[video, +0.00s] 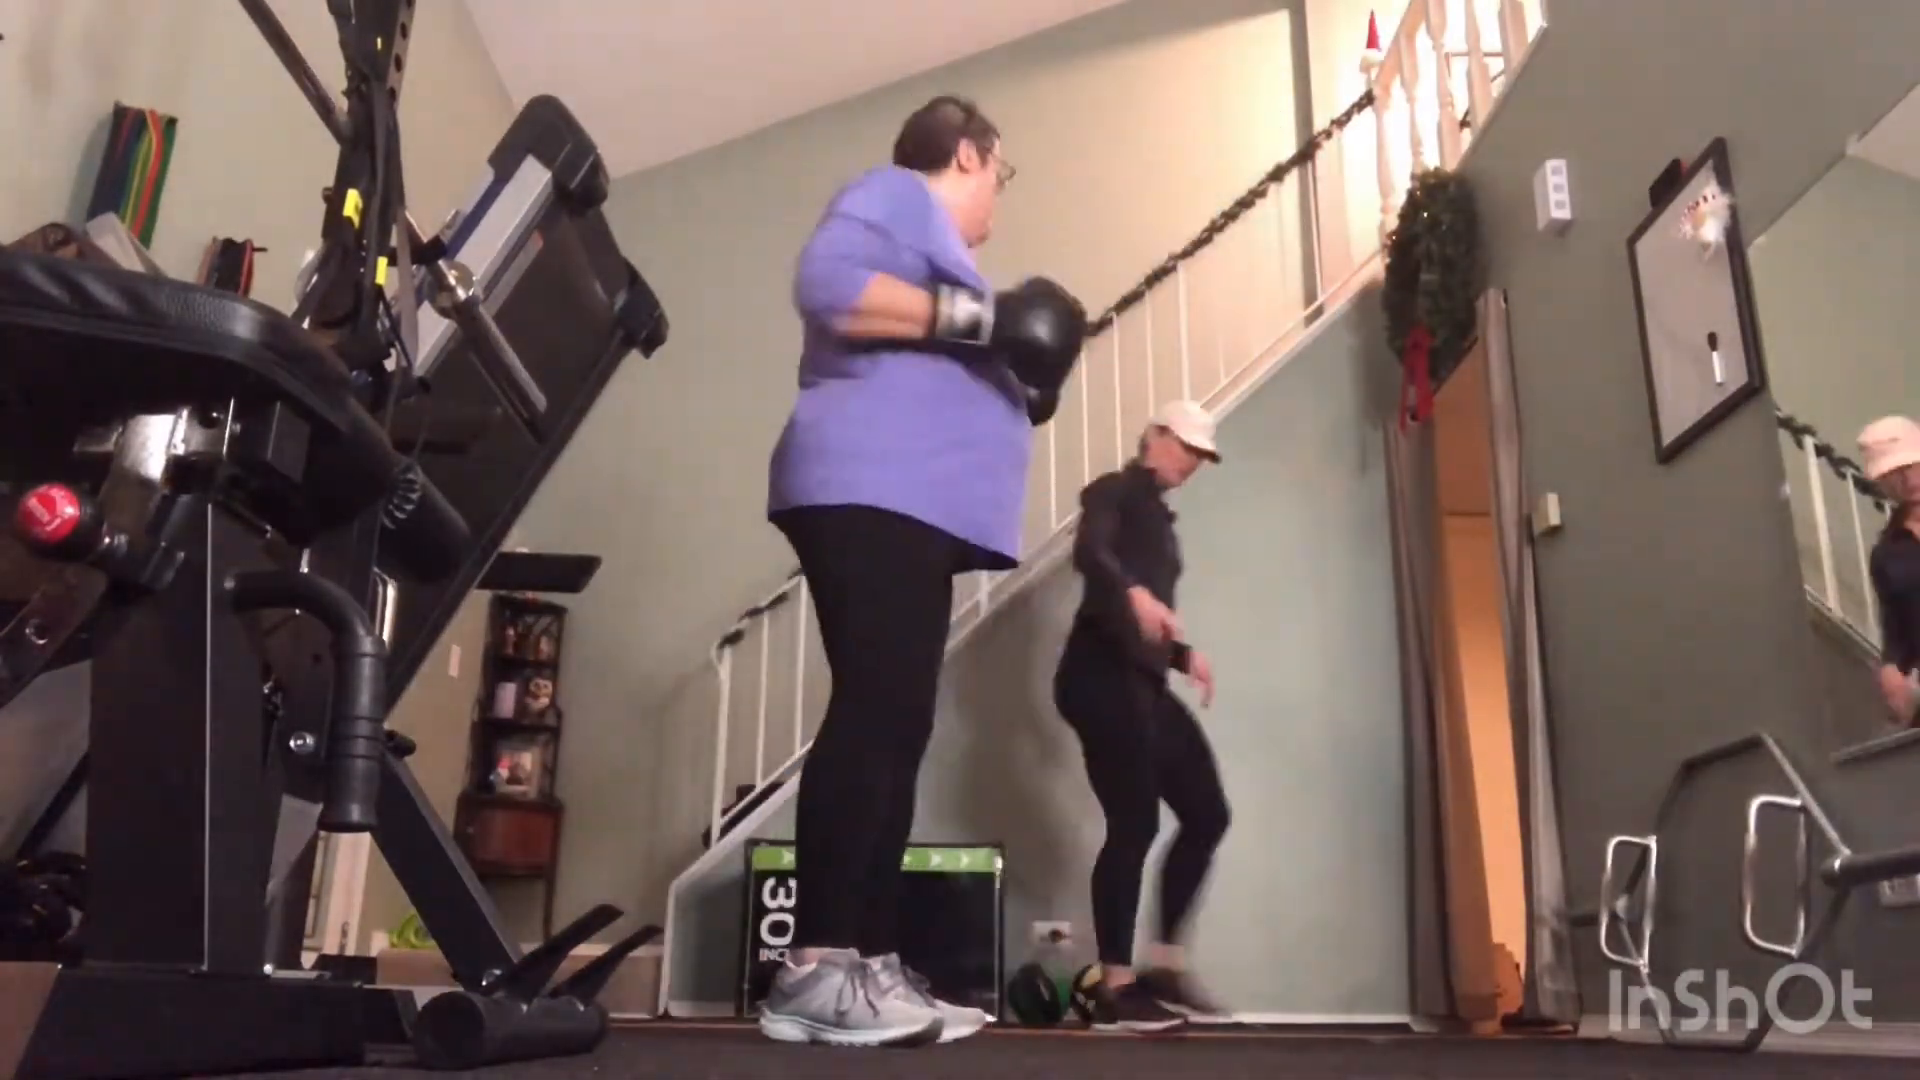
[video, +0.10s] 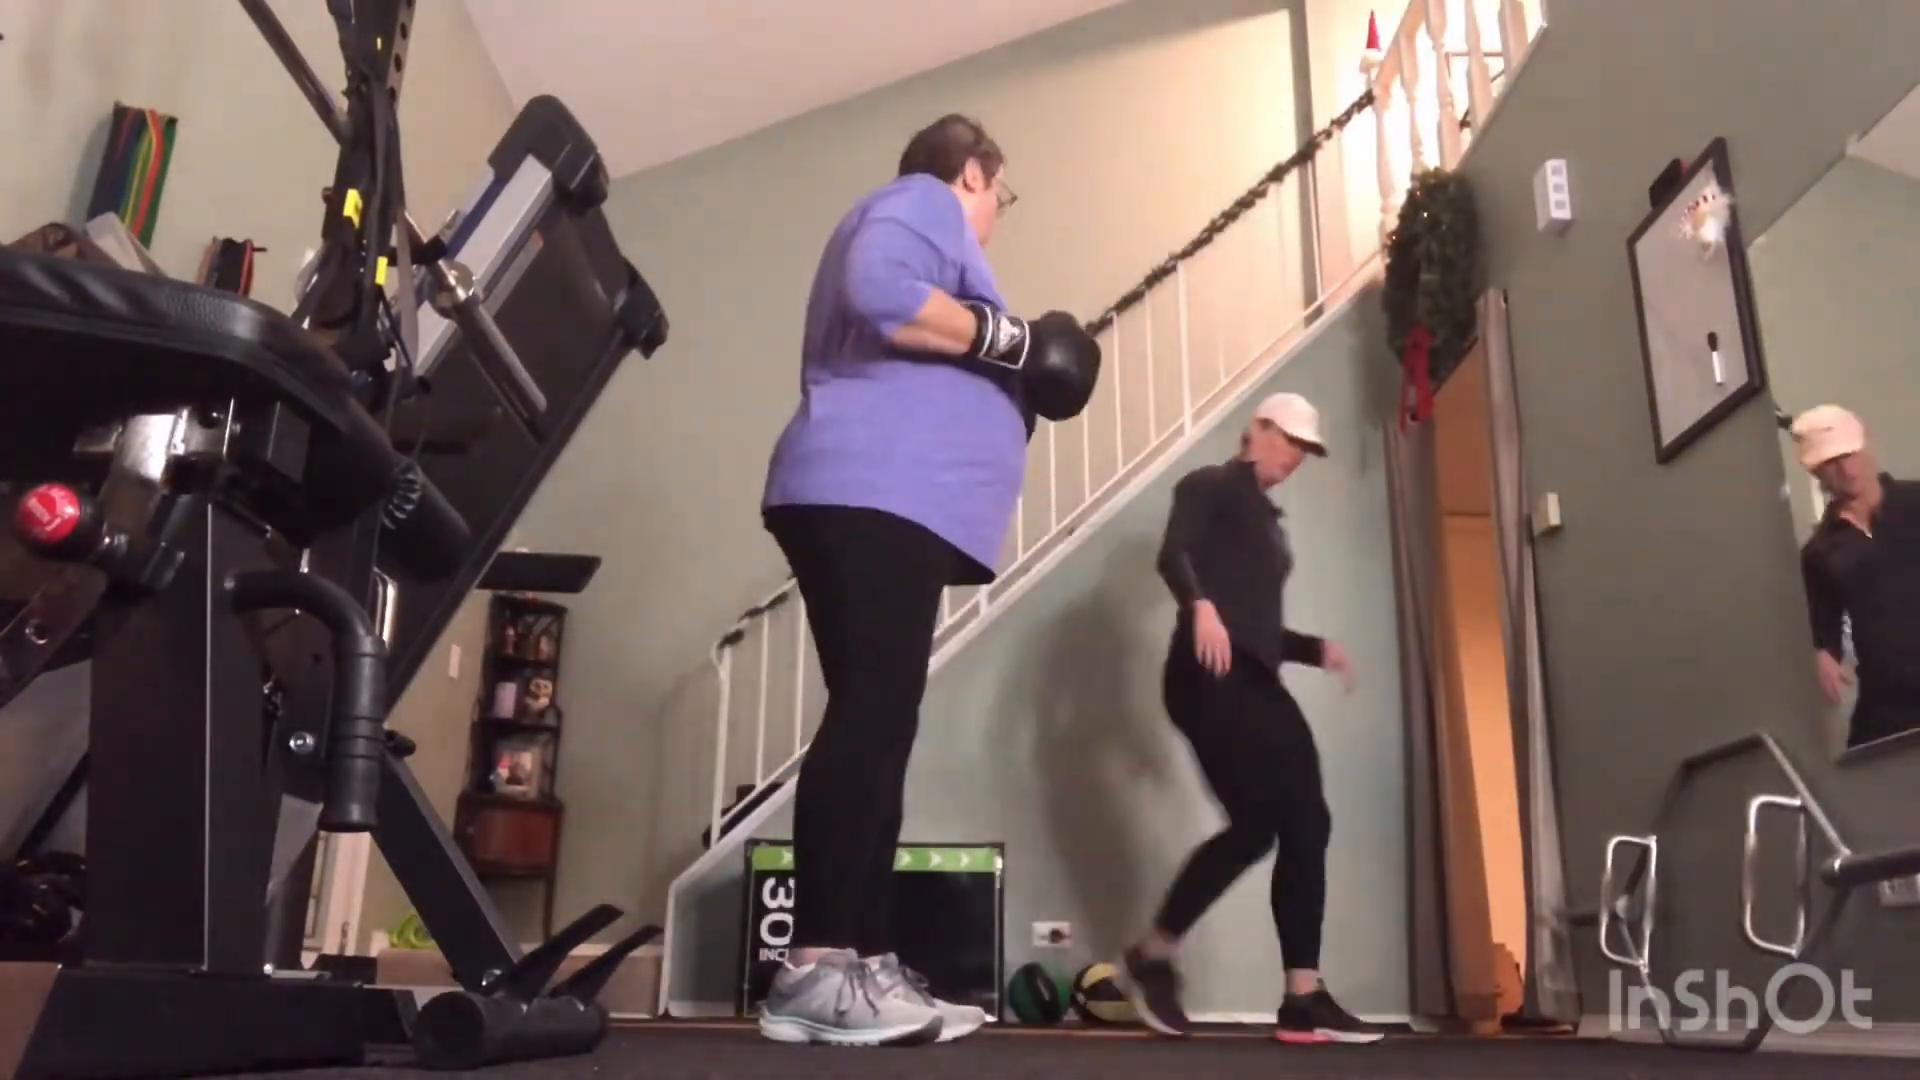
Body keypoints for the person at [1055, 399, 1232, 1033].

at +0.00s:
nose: (1194, 466)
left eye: (1200, 458)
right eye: (1189, 452)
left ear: (1187, 458)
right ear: (1154, 439)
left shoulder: (1157, 516)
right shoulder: (1114, 489)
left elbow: (1142, 605)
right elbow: (1091, 550)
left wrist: (1183, 654)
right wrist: (1132, 592)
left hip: (1141, 681)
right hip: (1098, 675)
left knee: (1207, 816)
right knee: (1132, 821)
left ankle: (1167, 964)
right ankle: (1115, 979)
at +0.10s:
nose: (1295, 459)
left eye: (1303, 451)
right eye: (1289, 443)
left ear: (1298, 457)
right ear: (1255, 432)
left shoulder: (1267, 523)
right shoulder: (1208, 484)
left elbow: (1255, 628)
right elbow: (1174, 554)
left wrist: (1316, 649)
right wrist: (1201, 606)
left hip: (1256, 682)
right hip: (1206, 673)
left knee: (1307, 821)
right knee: (1256, 821)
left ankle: (1303, 996)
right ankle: (1152, 953)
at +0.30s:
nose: (1372, 417)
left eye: (1386, 411)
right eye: (1365, 401)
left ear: (1398, 414)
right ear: (1343, 388)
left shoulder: (1371, 476)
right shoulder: (1300, 448)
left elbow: (1344, 575)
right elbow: (1253, 522)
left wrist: (1389, 613)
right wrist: (1296, 552)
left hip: (1342, 654)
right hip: (1300, 648)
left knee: (1388, 808)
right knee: (1363, 805)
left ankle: (1353, 992)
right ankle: (1344, 997)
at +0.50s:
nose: (1425, 424)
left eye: (1430, 415)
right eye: (1422, 407)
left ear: (1392, 396)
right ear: (1385, 387)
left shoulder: (1366, 457)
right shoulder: (1345, 447)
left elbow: (1364, 549)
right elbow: (1347, 538)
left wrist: (1405, 614)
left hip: (1339, 644)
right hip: (1315, 641)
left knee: (1387, 810)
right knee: (1371, 808)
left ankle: (1354, 991)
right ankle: (1335, 997)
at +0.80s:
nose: (1424, 430)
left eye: (1429, 421)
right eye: (1423, 412)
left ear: (1380, 398)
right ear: (1392, 394)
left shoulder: (1339, 449)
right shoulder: (1364, 445)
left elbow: (1372, 564)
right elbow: (1383, 546)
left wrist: (1421, 518)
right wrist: (1433, 516)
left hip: (1273, 634)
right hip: (1305, 635)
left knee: (1333, 814)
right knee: (1362, 804)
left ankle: (1323, 997)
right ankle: (1351, 1000)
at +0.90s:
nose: (1416, 423)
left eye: (1422, 417)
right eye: (1406, 406)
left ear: (1412, 425)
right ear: (1365, 401)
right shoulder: (1346, 439)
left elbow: (1354, 610)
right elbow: (1398, 467)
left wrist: (1410, 563)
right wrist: (1423, 495)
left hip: (1262, 646)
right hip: (1297, 627)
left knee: (1346, 819)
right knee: (1426, 770)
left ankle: (1322, 998)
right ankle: (1385, 962)